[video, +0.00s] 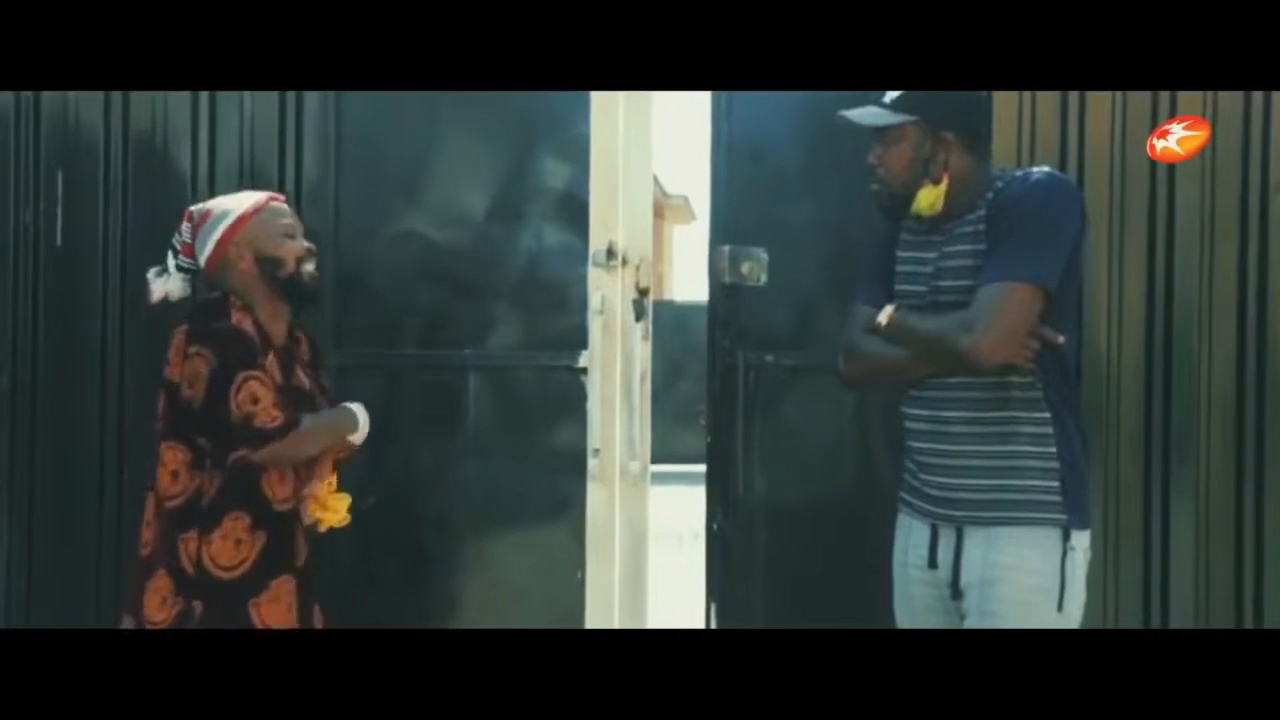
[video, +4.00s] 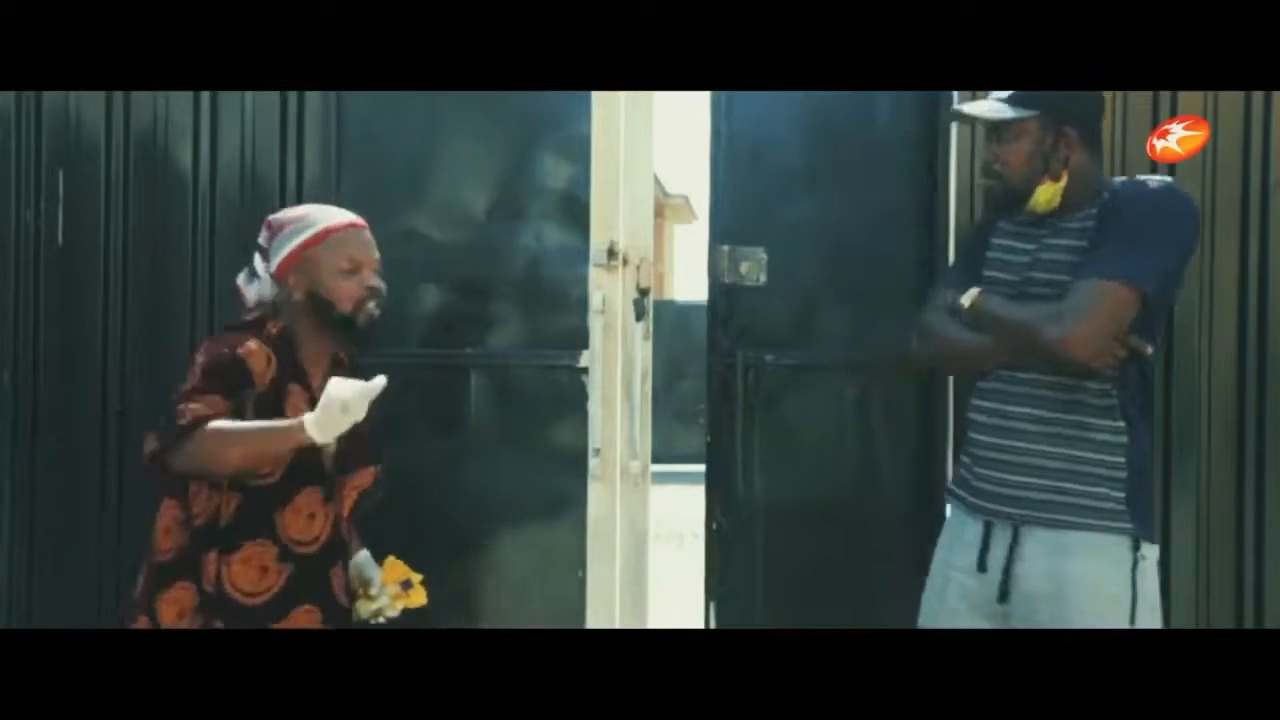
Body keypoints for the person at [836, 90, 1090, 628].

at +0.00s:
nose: (872, 159)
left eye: (888, 142)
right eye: (873, 142)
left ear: (944, 145)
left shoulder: (1040, 196)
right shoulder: (901, 225)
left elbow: (989, 343)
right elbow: (853, 360)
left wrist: (889, 319)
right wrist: (977, 339)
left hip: (1025, 523)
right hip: (922, 513)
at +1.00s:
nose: (877, 159)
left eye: (895, 142)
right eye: (879, 142)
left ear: (951, 145)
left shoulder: (1045, 197)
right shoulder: (903, 222)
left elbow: (995, 344)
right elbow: (856, 360)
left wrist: (892, 317)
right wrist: (983, 339)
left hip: (1026, 521)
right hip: (923, 512)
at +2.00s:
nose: (880, 159)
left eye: (897, 141)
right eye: (882, 142)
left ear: (954, 145)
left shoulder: (1048, 198)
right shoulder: (903, 223)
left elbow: (998, 345)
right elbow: (855, 362)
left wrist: (894, 318)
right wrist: (984, 342)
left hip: (1026, 522)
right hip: (922, 513)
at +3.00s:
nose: (879, 160)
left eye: (896, 143)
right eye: (880, 144)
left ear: (955, 145)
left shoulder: (1048, 198)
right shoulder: (905, 223)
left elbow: (994, 343)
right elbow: (855, 361)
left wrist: (892, 317)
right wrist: (979, 339)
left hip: (1026, 521)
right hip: (922, 512)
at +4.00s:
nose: (989, 155)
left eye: (1007, 137)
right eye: (990, 137)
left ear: (1064, 144)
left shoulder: (1152, 206)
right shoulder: (998, 226)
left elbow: (1079, 339)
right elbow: (928, 340)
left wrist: (974, 302)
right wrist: (1052, 335)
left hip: (1088, 533)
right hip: (973, 519)